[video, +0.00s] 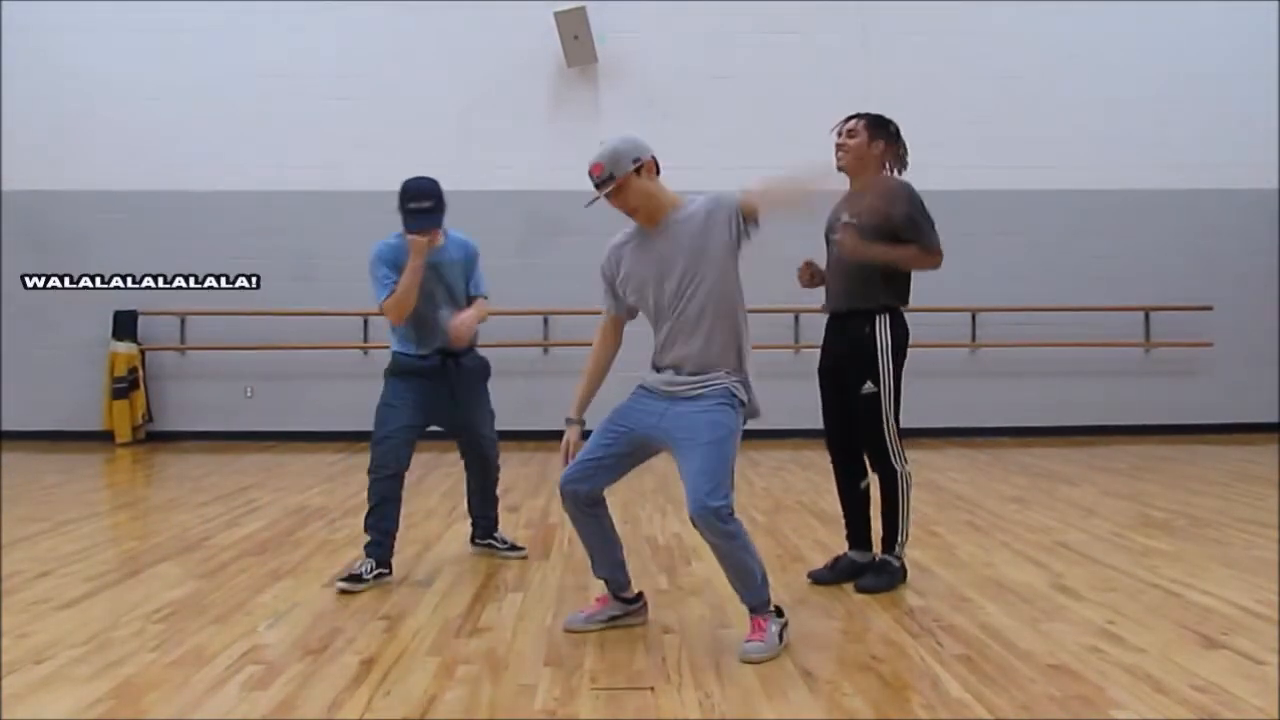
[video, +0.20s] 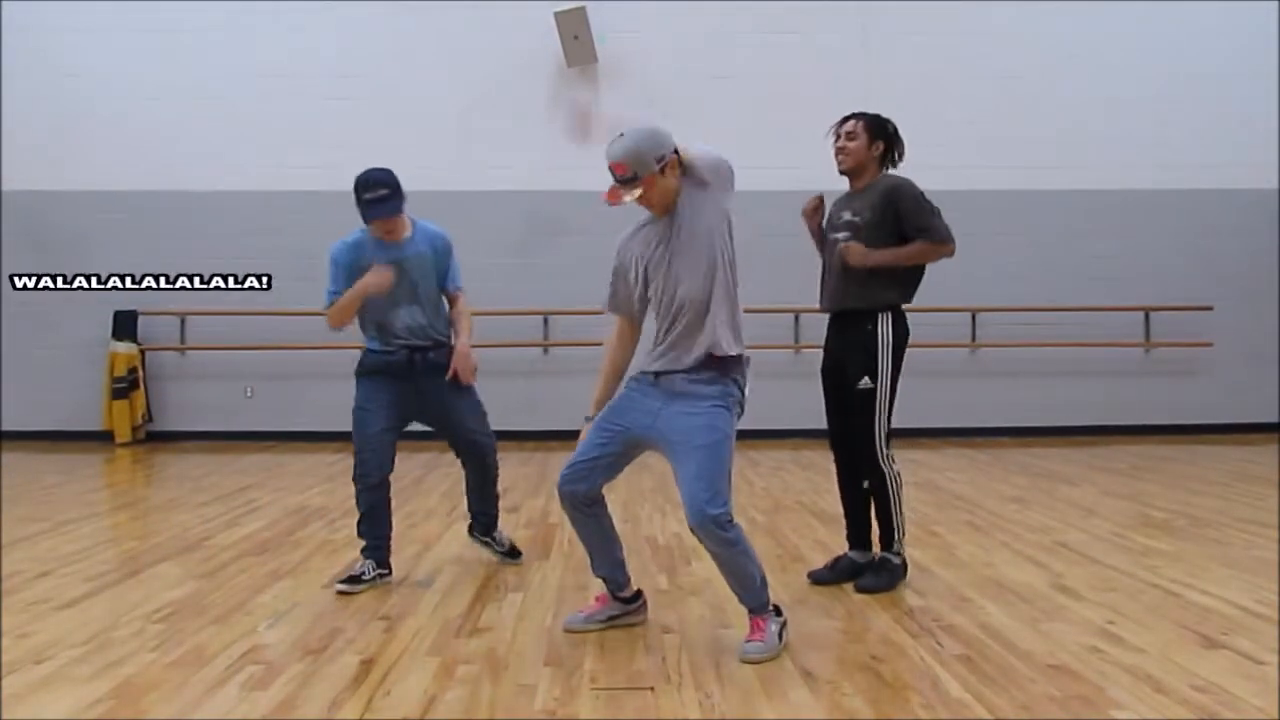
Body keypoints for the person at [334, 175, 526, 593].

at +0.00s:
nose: (427, 234)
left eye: (432, 225)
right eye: (417, 227)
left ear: (443, 217)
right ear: (403, 221)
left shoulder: (463, 250)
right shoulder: (387, 254)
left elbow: (481, 302)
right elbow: (395, 314)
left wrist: (471, 316)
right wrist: (417, 258)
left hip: (461, 372)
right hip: (409, 373)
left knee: (484, 452)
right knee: (387, 458)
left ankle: (485, 532)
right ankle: (377, 558)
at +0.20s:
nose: (387, 225)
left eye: (392, 215)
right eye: (377, 219)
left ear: (403, 204)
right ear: (362, 215)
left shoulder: (435, 242)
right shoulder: (347, 253)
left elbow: (457, 298)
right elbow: (335, 319)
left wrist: (464, 343)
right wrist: (363, 287)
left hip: (438, 365)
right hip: (382, 369)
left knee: (480, 447)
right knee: (370, 464)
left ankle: (484, 527)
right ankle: (375, 559)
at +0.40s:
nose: (364, 212)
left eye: (369, 201)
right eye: (353, 206)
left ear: (383, 190)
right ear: (340, 205)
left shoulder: (419, 234)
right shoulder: (330, 251)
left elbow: (451, 287)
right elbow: (319, 309)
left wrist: (447, 339)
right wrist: (324, 348)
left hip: (422, 364)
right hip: (365, 370)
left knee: (446, 461)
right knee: (365, 470)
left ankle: (470, 557)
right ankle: (375, 560)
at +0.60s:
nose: (354, 212)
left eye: (360, 201)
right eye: (343, 204)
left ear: (378, 188)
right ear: (332, 203)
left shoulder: (413, 232)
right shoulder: (328, 245)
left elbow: (457, 278)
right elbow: (323, 297)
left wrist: (428, 313)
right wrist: (322, 324)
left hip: (405, 354)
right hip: (353, 356)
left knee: (413, 459)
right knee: (360, 462)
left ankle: (429, 574)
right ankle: (376, 559)